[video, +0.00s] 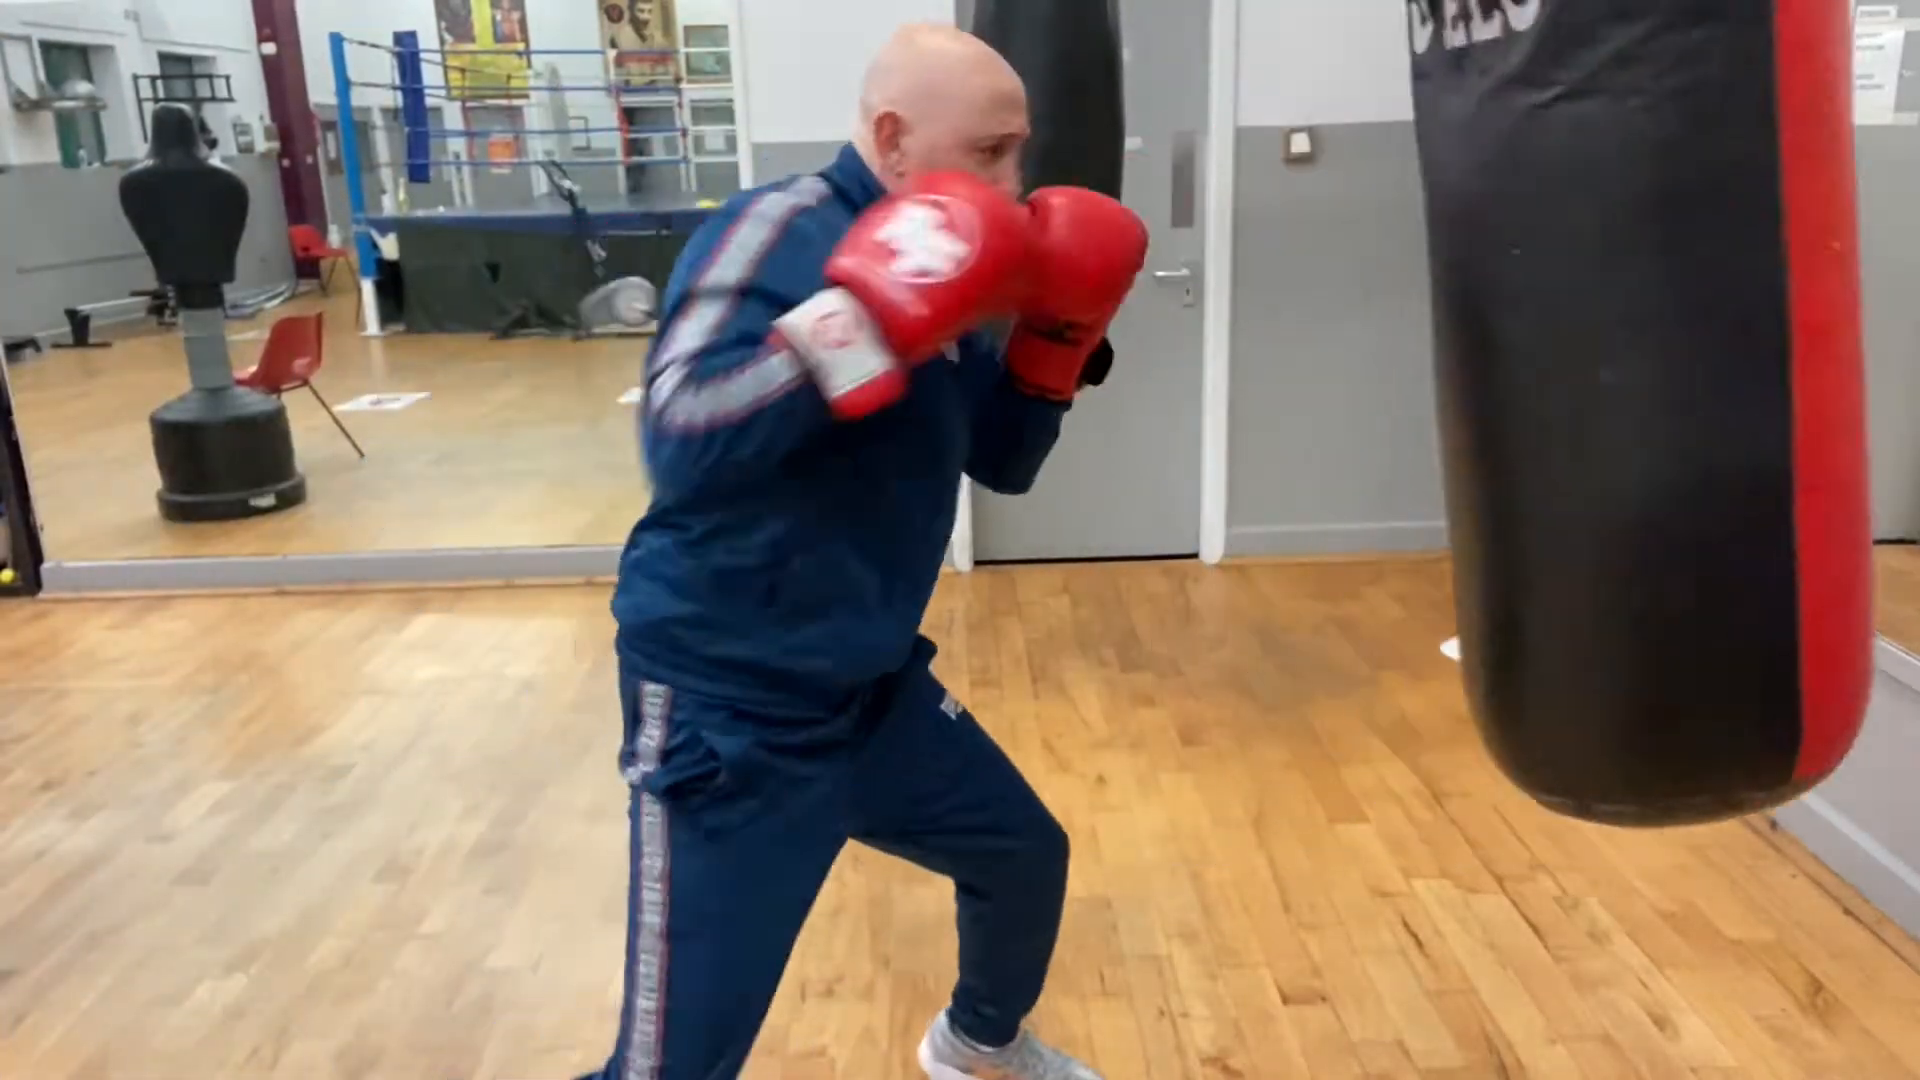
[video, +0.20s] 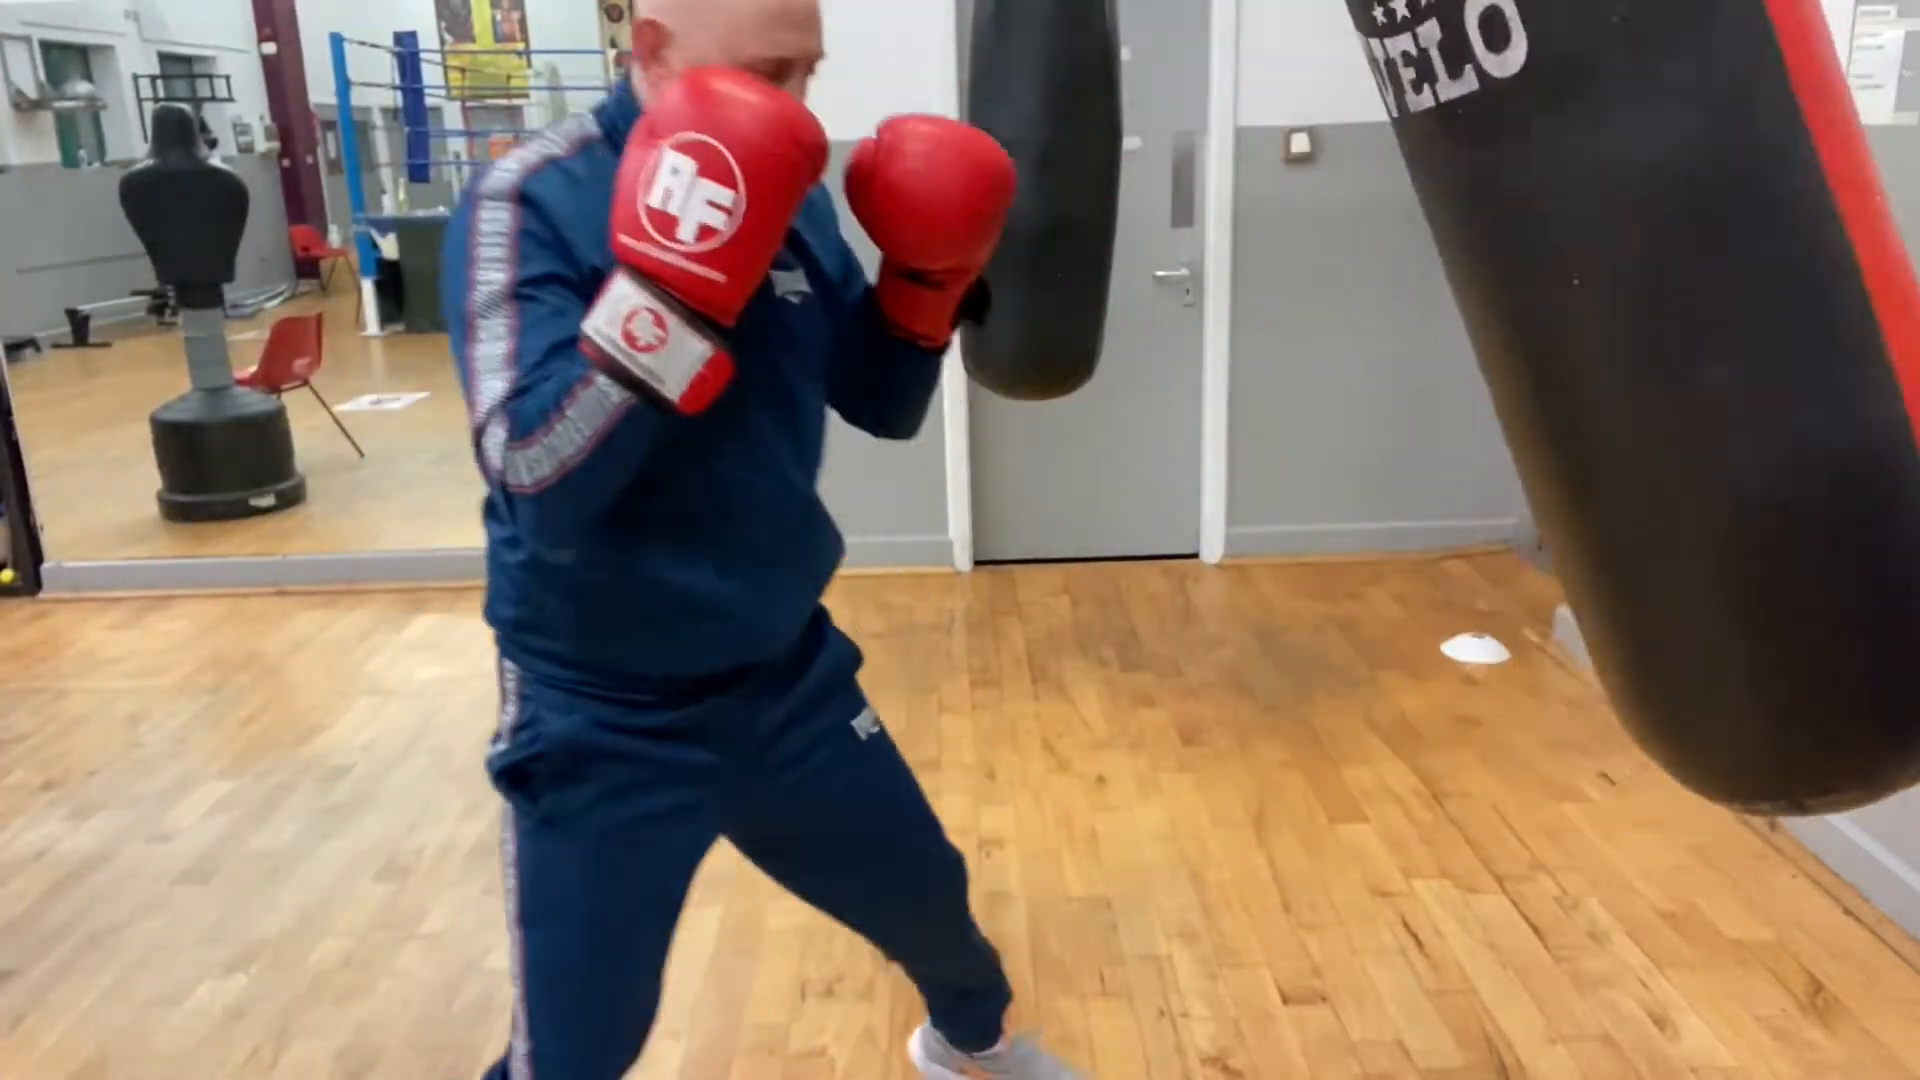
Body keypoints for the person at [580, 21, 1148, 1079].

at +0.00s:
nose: (1013, 183)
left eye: (1020, 152)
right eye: (988, 151)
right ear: (890, 139)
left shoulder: (956, 271)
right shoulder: (771, 229)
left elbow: (1002, 462)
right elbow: (678, 432)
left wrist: (1056, 338)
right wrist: (866, 317)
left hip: (866, 686)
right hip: (723, 701)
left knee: (1024, 857)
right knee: (669, 1065)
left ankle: (980, 1042)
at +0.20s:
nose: (791, 107)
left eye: (804, 74)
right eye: (765, 76)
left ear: (817, 57)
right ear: (652, 53)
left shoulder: (789, 197)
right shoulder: (529, 197)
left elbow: (884, 404)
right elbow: (531, 470)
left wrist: (928, 276)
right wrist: (672, 281)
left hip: (786, 684)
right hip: (600, 721)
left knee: (934, 905)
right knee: (573, 1057)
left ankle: (975, 1047)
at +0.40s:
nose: (695, 108)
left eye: (714, 71)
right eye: (665, 72)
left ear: (729, 44)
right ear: (545, 33)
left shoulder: (712, 167)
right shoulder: (396, 179)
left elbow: (795, 375)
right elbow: (389, 475)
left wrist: (840, 276)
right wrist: (544, 306)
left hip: (679, 663)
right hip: (474, 688)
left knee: (800, 950)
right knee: (415, 1052)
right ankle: (364, 1067)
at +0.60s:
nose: (522, 189)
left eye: (539, 154)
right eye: (493, 152)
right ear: (366, 108)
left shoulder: (537, 241)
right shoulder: (192, 269)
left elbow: (636, 482)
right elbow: (198, 583)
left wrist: (673, 375)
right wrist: (377, 416)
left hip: (560, 772)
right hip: (324, 819)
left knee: (747, 1011)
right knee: (248, 1071)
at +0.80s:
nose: (299, 72)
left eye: (316, 29)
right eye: (268, 22)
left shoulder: (288, 151)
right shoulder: (10, 172)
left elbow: (405, 423)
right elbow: (2, 531)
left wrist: (436, 314)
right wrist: (146, 341)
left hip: (376, 702)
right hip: (134, 767)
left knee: (563, 964)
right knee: (116, 1064)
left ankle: (597, 1077)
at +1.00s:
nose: (189, 113)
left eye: (206, 71)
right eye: (150, 65)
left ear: (223, 59)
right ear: (16, 38)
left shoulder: (201, 230)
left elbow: (327, 485)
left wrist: (340, 353)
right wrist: (46, 402)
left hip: (280, 775)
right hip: (55, 836)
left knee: (409, 1049)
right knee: (57, 1070)